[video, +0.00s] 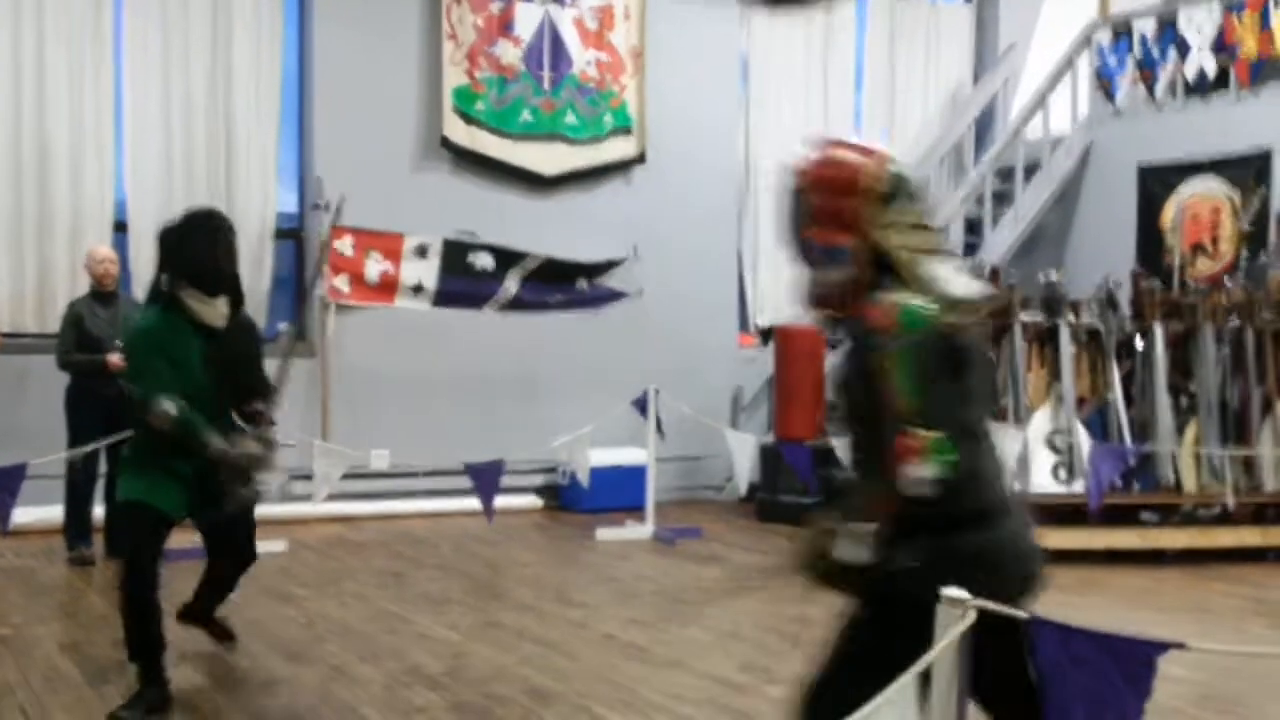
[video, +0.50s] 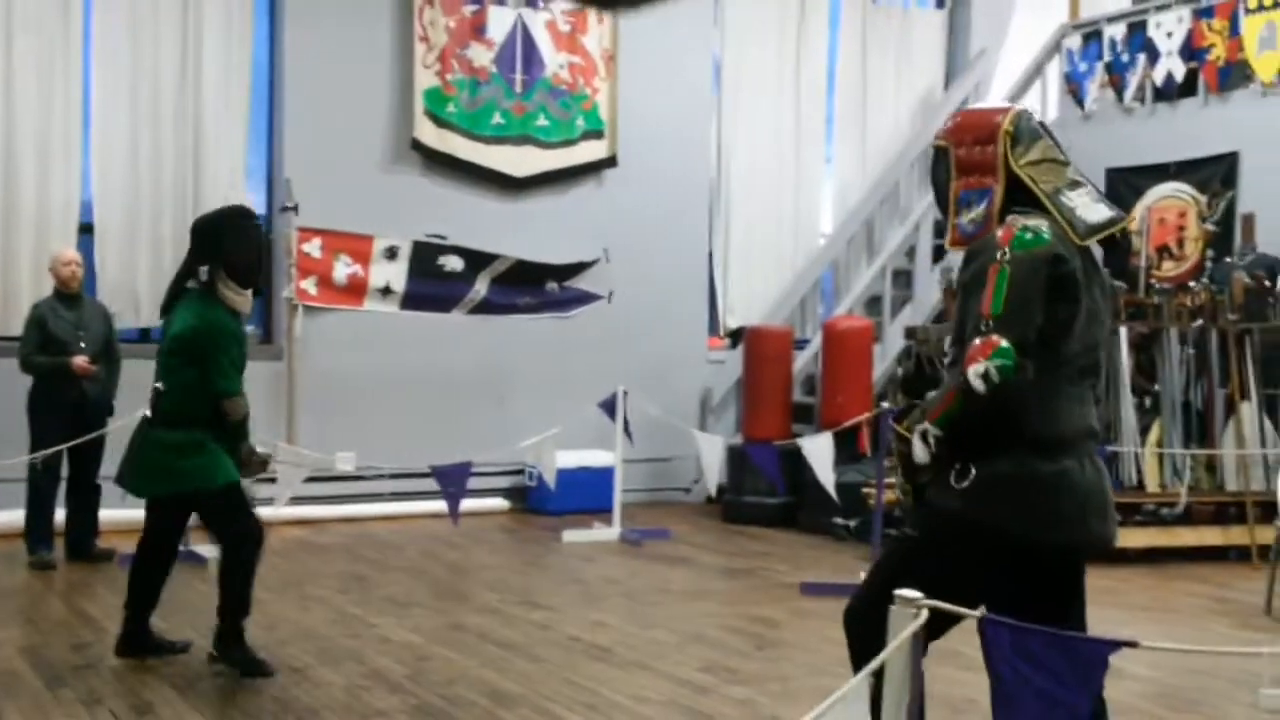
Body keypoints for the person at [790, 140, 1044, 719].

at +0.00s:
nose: (818, 274)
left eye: (831, 253)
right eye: (814, 253)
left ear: (870, 245)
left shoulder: (899, 330)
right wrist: (845, 521)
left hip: (941, 563)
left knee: (832, 706)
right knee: (1011, 697)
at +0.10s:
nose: (861, 228)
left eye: (868, 206)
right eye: (860, 207)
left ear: (906, 209)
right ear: (934, 206)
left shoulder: (949, 293)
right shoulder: (991, 280)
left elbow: (975, 420)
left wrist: (908, 489)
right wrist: (899, 470)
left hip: (975, 537)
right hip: (1021, 529)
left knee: (855, 675)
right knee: (1036, 692)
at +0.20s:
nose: (912, 216)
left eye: (916, 194)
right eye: (907, 196)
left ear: (954, 186)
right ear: (961, 184)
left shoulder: (1000, 263)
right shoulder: (988, 261)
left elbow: (993, 391)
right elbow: (957, 381)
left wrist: (925, 454)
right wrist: (912, 427)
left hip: (999, 513)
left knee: (871, 641)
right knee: (1062, 686)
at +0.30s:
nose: (933, 202)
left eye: (938, 181)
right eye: (932, 183)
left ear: (976, 179)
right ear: (998, 175)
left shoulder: (1019, 251)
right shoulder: (1050, 250)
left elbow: (1004, 377)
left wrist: (934, 444)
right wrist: (925, 414)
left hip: (1014, 509)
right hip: (1056, 507)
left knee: (879, 626)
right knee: (1068, 683)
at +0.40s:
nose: (948, 199)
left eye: (954, 180)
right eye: (947, 182)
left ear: (986, 180)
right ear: (1026, 171)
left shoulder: (1023, 245)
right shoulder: (1071, 247)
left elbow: (1006, 374)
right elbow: (1085, 383)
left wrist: (938, 438)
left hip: (1015, 504)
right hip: (1063, 502)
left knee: (879, 621)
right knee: (1066, 679)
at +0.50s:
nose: (951, 194)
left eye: (958, 175)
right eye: (950, 177)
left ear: (987, 174)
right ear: (1027, 168)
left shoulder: (1017, 244)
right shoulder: (1071, 247)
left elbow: (992, 368)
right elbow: (1086, 393)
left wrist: (925, 428)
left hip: (1005, 499)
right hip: (1057, 497)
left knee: (875, 620)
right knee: (1059, 673)